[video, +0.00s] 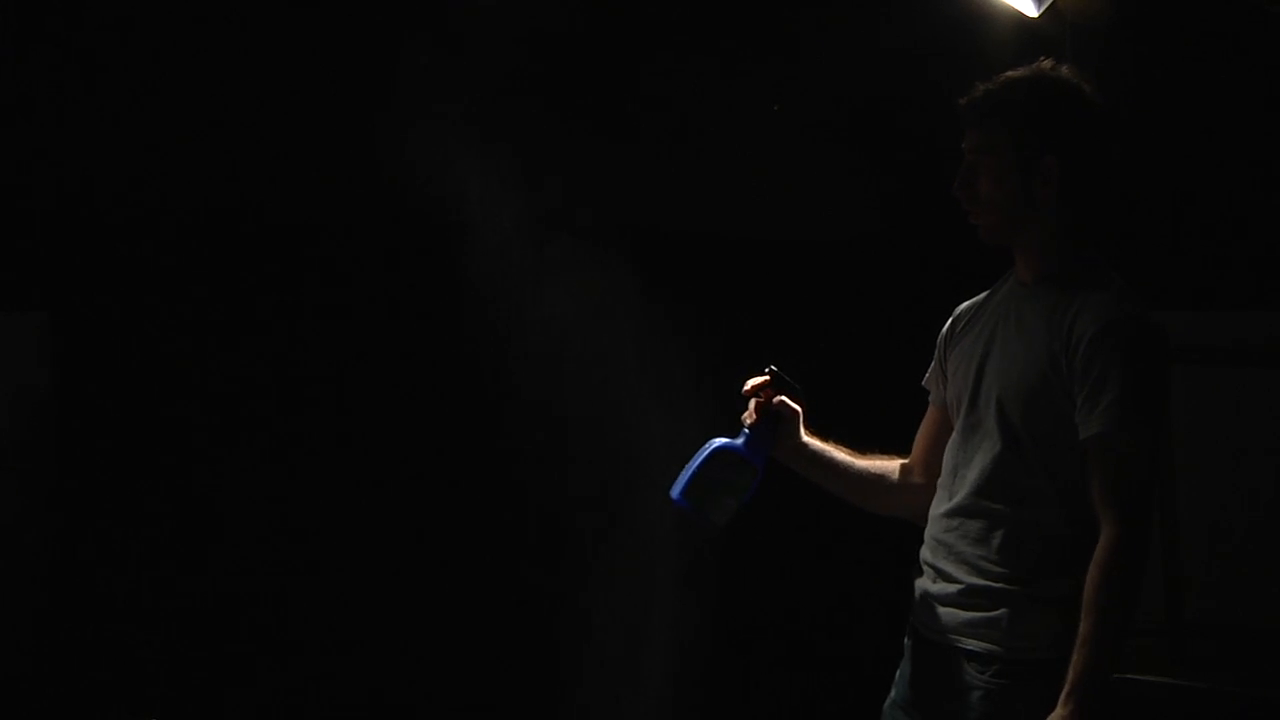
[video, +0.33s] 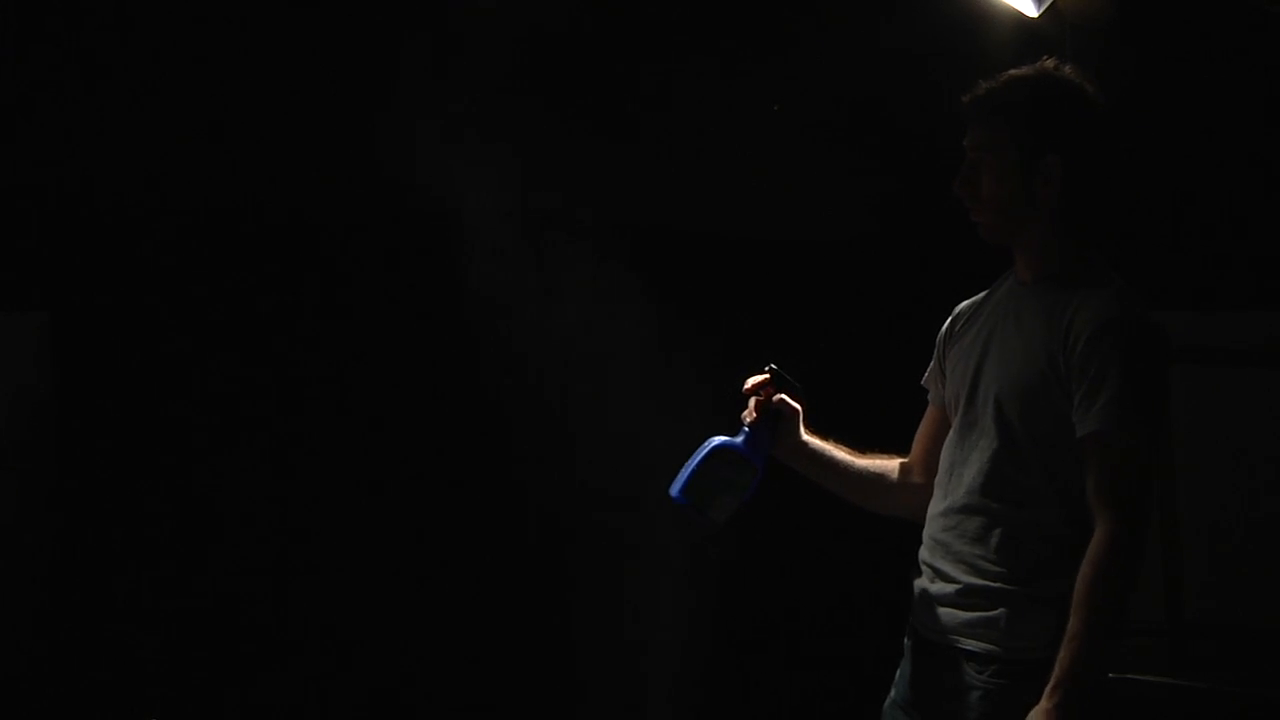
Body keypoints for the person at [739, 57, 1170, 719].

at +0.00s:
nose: (962, 184)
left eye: (982, 163)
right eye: (966, 163)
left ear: (1044, 174)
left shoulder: (1103, 324)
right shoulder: (969, 322)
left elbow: (1123, 527)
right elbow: (920, 486)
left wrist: (1076, 698)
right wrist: (798, 443)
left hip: (1022, 659)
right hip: (931, 644)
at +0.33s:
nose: (963, 181)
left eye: (983, 160)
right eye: (968, 160)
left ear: (1046, 175)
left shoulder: (1102, 322)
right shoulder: (968, 322)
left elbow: (1118, 522)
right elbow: (918, 486)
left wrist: (1061, 694)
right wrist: (798, 442)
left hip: (1019, 663)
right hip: (930, 645)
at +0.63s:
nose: (1122, 324)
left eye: (1145, 306)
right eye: (1123, 305)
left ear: (1202, 319)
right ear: (1121, 320)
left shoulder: (1258, 459)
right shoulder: (1088, 456)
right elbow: (930, 520)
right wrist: (806, 453)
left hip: (1233, 699)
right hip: (1117, 700)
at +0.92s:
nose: (1121, 325)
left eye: (1144, 305)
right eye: (1124, 304)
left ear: (1203, 319)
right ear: (1123, 320)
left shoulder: (1257, 457)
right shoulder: (1088, 457)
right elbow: (931, 520)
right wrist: (807, 452)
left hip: (1235, 698)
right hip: (1118, 701)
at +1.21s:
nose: (1121, 322)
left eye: (1142, 305)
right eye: (1125, 304)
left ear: (1202, 320)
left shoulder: (1257, 457)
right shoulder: (1088, 457)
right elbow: (931, 520)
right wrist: (806, 450)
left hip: (1234, 700)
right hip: (1118, 702)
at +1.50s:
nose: (1119, 316)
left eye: (1141, 299)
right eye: (1124, 297)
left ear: (1202, 318)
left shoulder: (1260, 460)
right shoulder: (1088, 456)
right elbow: (932, 520)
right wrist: (807, 448)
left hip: (1229, 700)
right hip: (1113, 701)